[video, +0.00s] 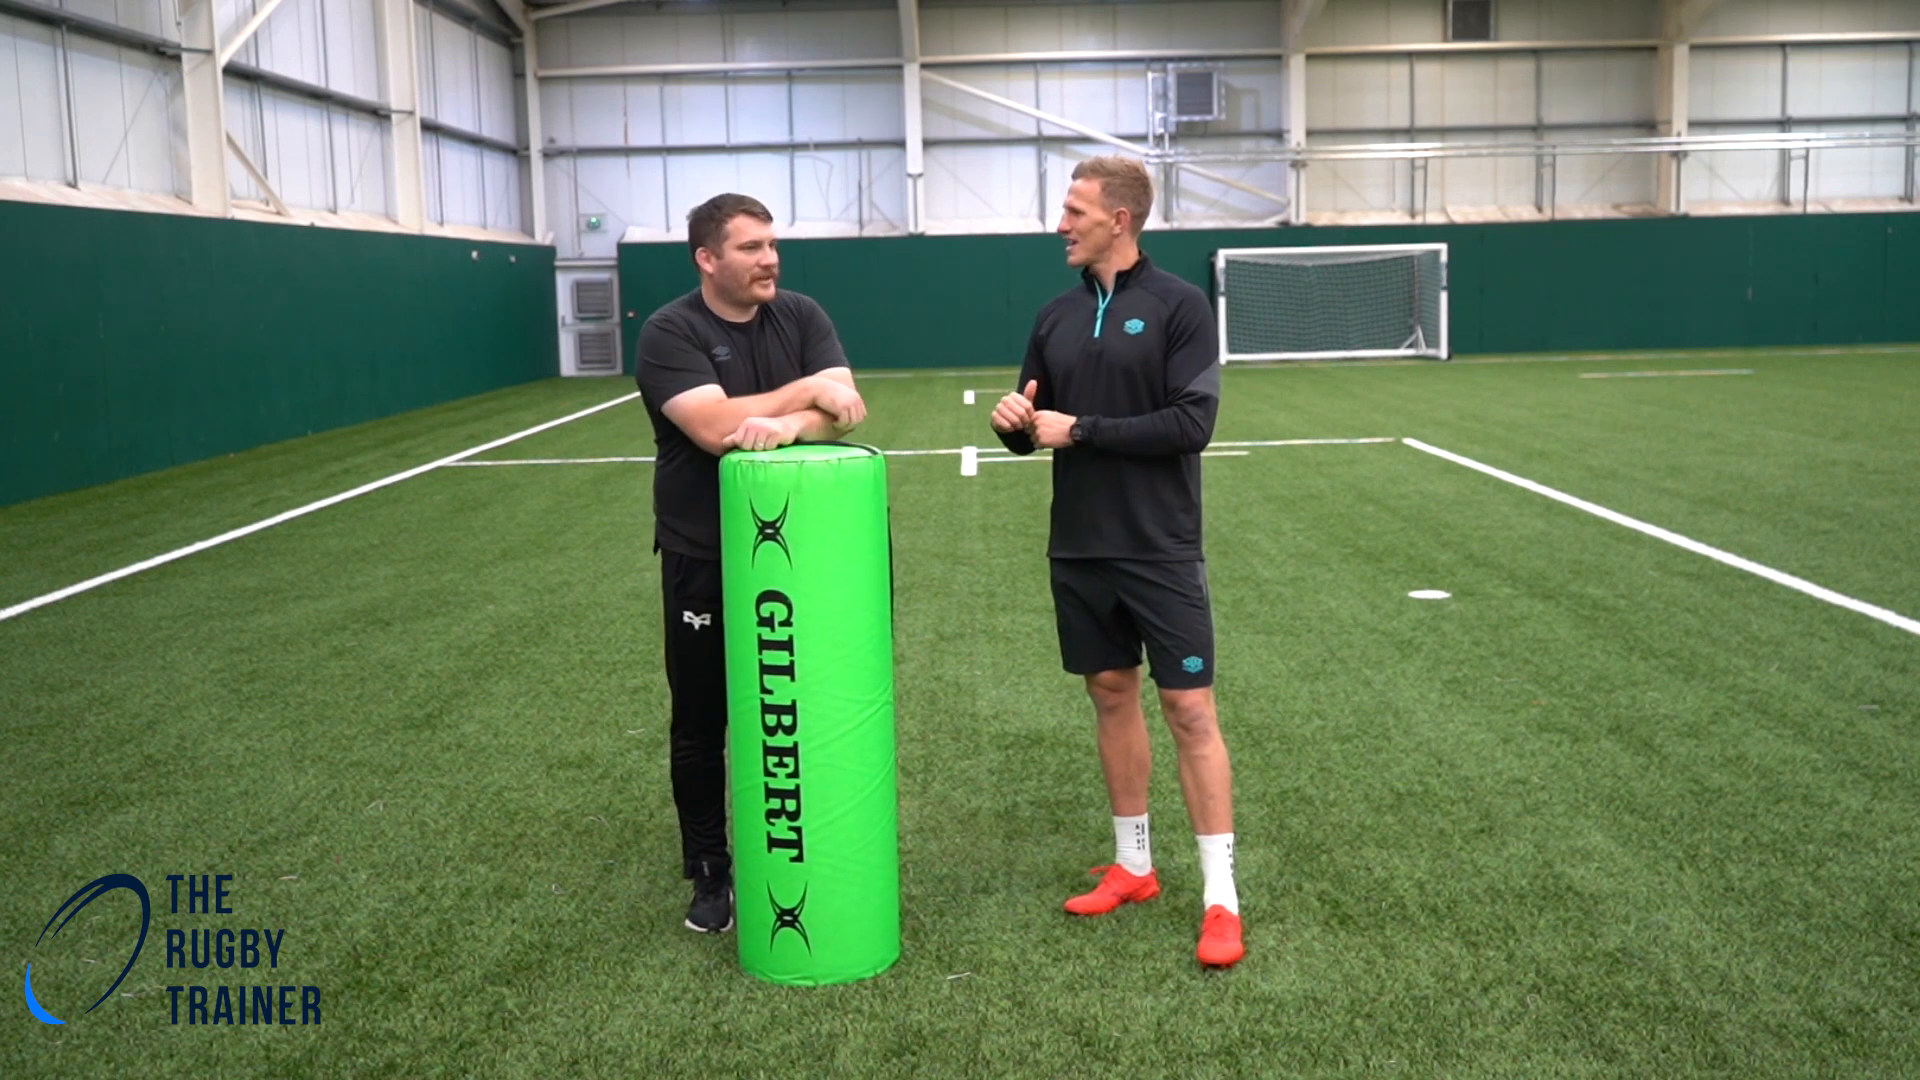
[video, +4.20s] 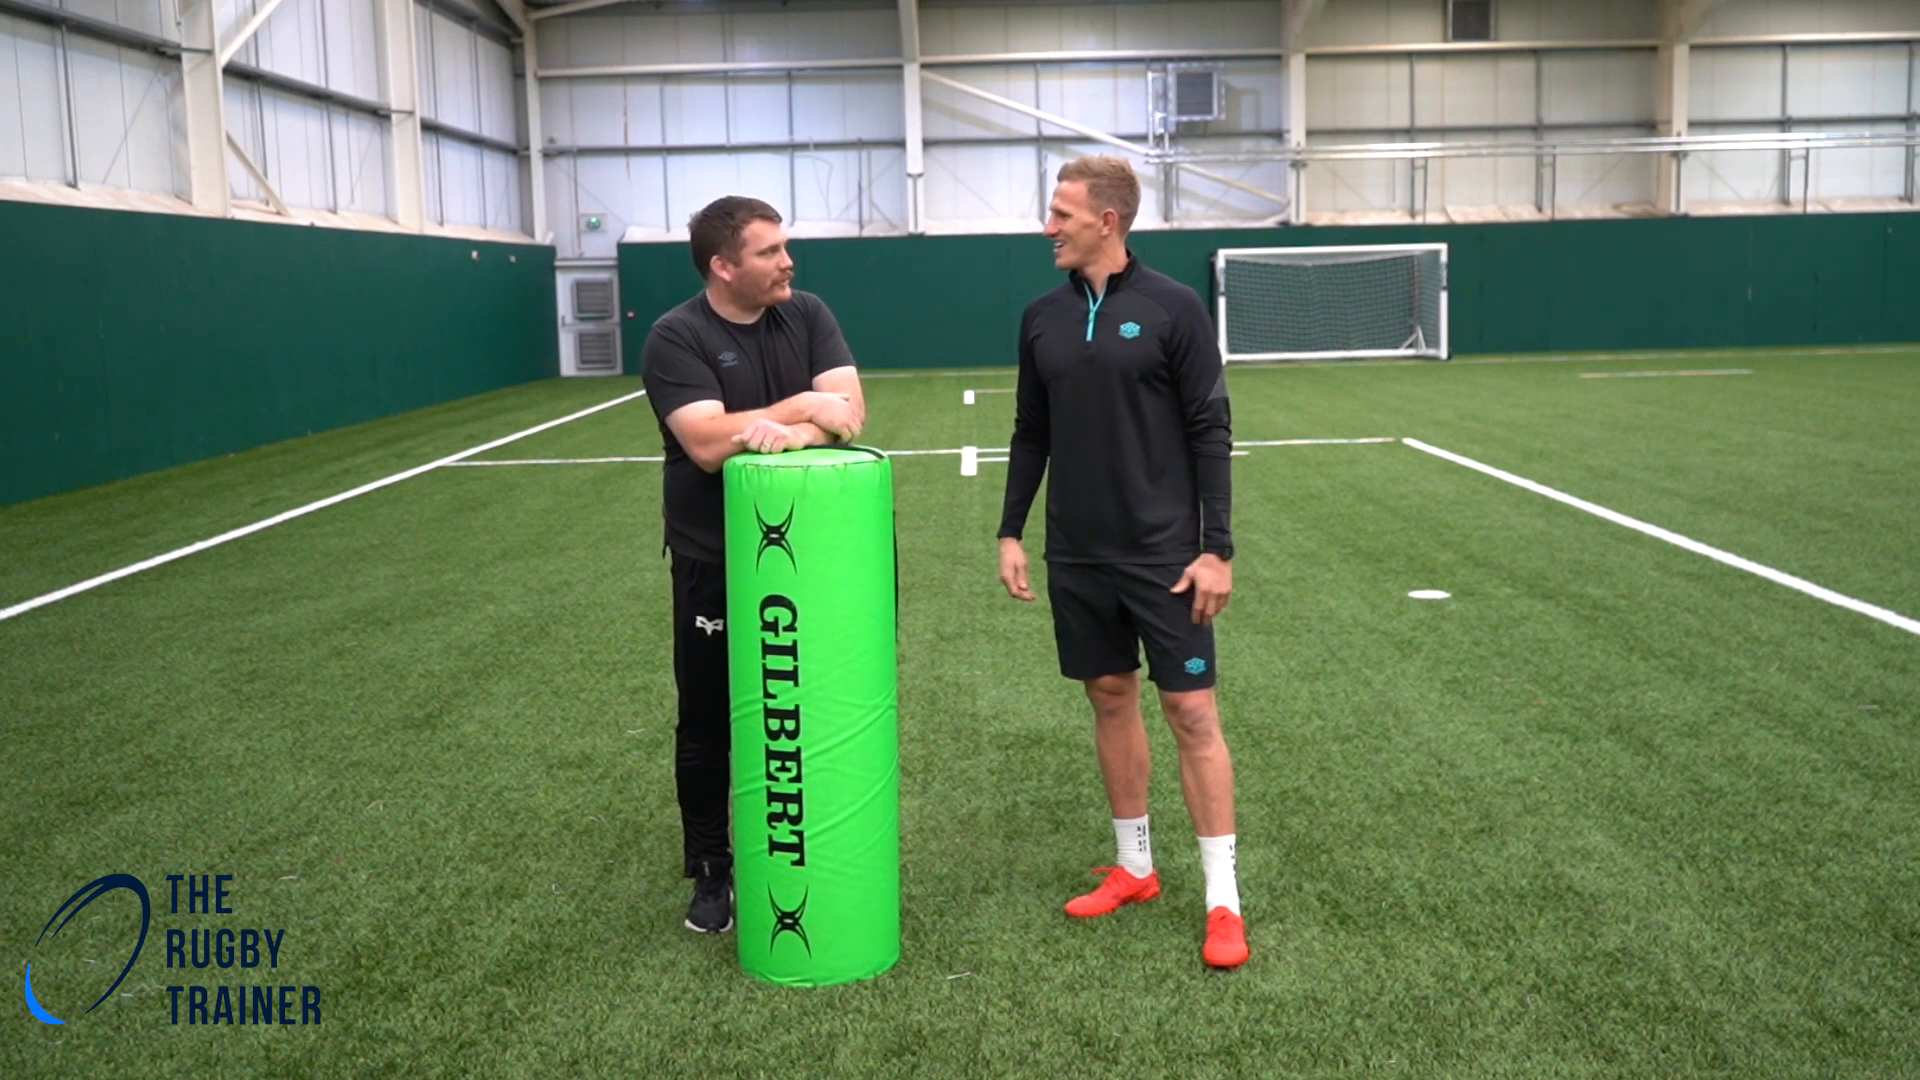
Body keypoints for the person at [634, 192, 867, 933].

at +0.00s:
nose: (769, 259)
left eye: (772, 245)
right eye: (752, 248)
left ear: (774, 250)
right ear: (706, 258)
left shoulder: (801, 316)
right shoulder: (668, 333)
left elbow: (842, 408)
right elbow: (717, 429)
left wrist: (775, 425)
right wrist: (814, 399)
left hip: (796, 555)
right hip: (702, 557)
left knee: (799, 711)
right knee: (703, 720)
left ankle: (805, 864)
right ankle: (711, 870)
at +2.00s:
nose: (797, 270)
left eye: (806, 256)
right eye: (781, 257)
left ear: (815, 257)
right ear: (742, 260)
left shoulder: (840, 319)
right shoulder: (702, 328)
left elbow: (864, 422)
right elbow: (708, 436)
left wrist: (775, 422)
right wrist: (813, 408)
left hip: (821, 553)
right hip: (722, 553)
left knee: (820, 712)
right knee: (714, 715)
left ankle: (824, 871)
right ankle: (715, 873)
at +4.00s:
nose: (784, 262)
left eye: (784, 248)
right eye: (768, 253)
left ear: (782, 250)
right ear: (719, 266)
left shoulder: (809, 313)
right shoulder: (676, 337)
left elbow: (847, 414)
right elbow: (705, 442)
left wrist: (770, 429)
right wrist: (808, 406)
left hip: (806, 557)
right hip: (713, 560)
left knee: (809, 711)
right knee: (709, 719)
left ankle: (811, 864)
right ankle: (713, 871)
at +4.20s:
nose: (786, 261)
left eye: (785, 248)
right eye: (770, 253)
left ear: (779, 250)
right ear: (720, 266)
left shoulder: (806, 314)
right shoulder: (675, 338)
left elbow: (846, 414)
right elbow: (706, 445)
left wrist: (764, 428)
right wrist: (808, 408)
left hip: (805, 556)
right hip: (713, 560)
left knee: (807, 712)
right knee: (709, 720)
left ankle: (811, 865)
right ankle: (713, 872)